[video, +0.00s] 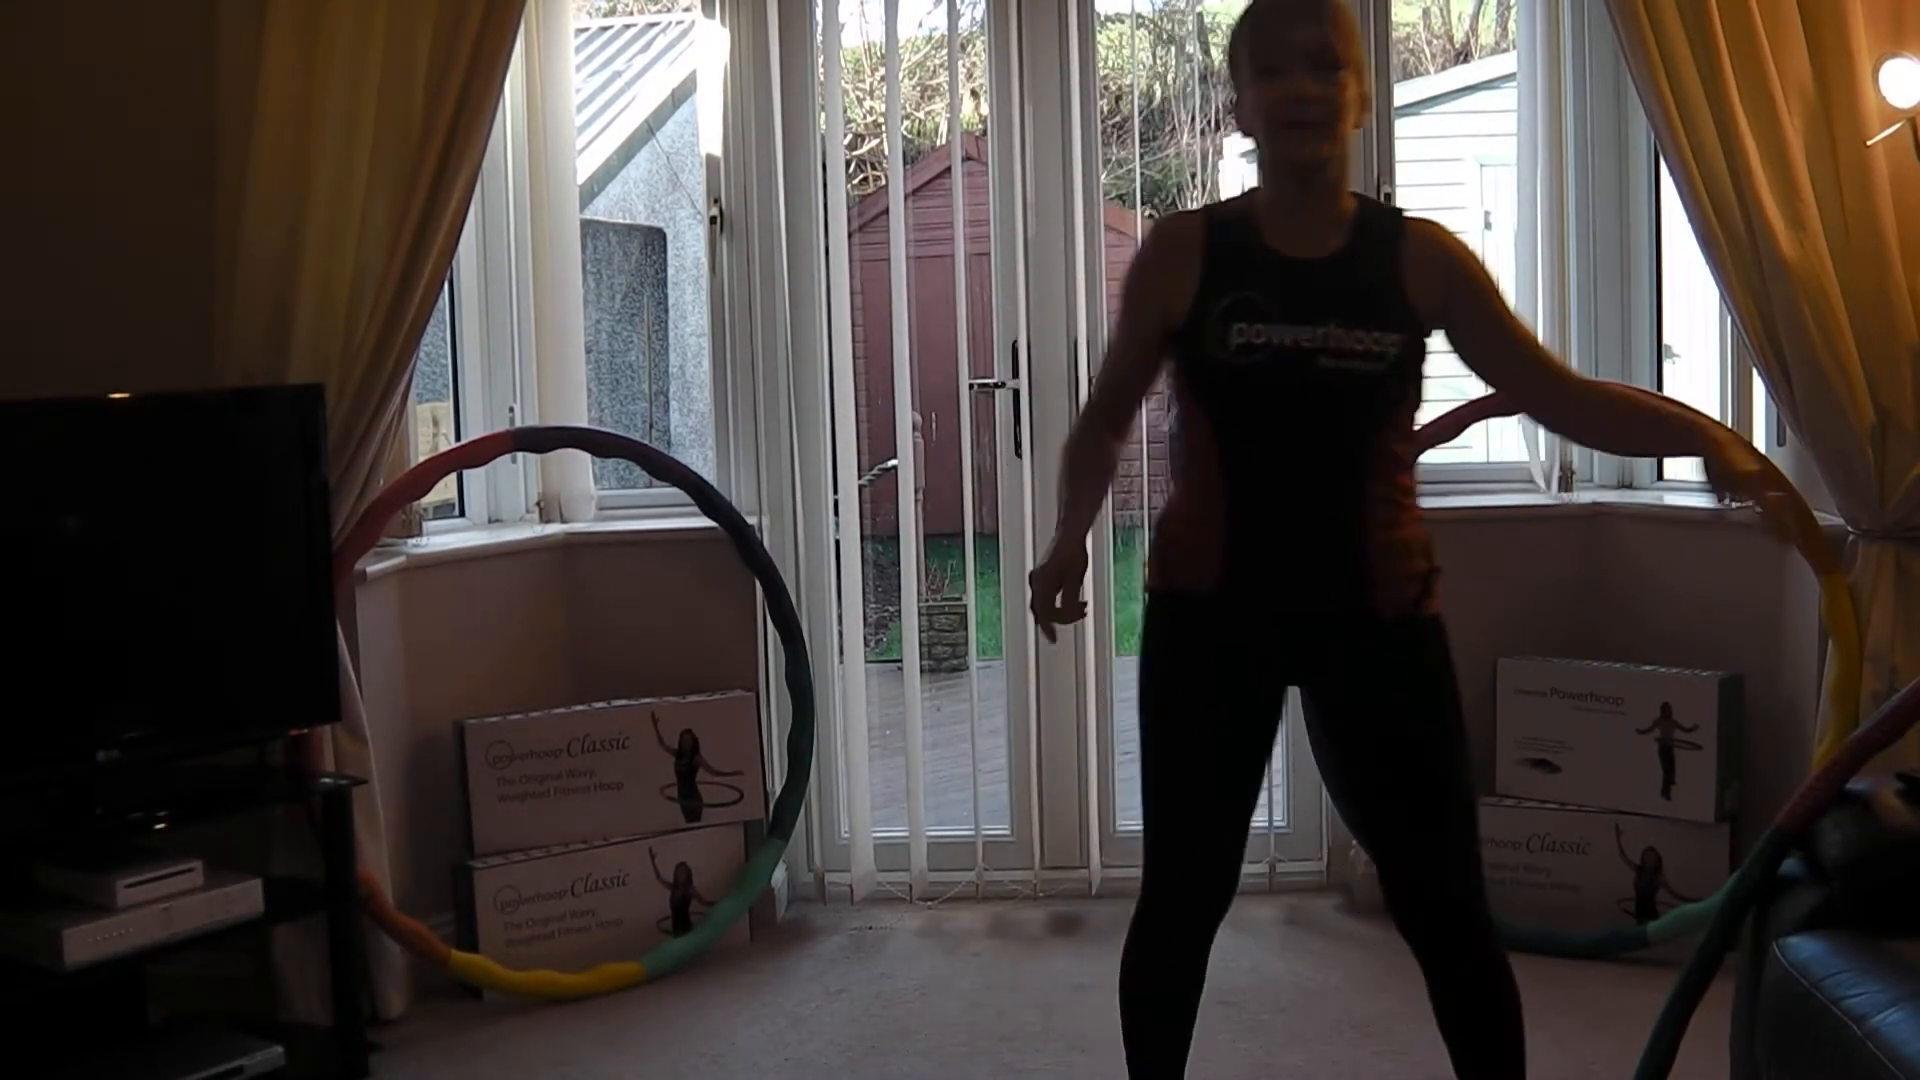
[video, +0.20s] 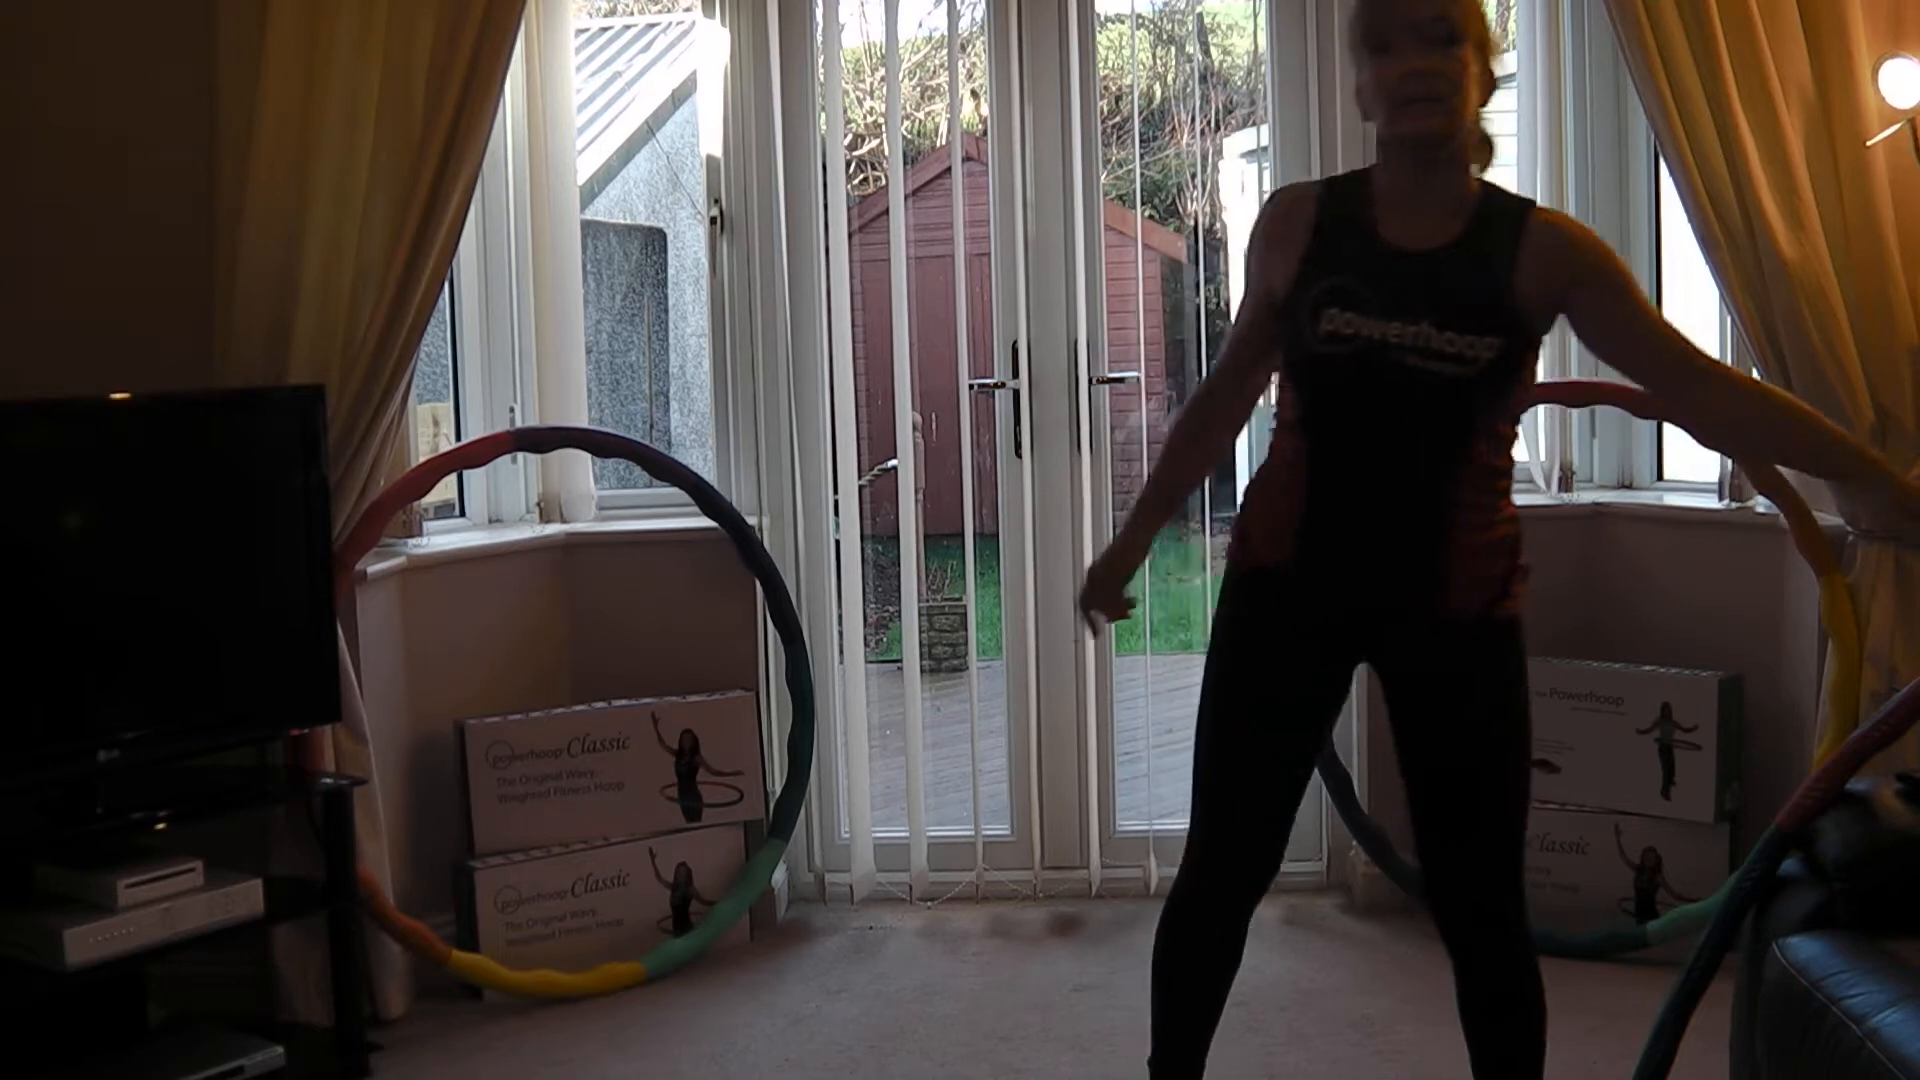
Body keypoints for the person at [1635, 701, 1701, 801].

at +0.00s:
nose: (1667, 712)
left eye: (1668, 710)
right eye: (1665, 710)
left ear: (1670, 711)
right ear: (1662, 711)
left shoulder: (1671, 721)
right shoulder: (1659, 721)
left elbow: (1683, 730)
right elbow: (1650, 730)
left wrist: (1692, 729)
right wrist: (1641, 732)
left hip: (1669, 748)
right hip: (1662, 748)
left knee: (1670, 770)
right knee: (1667, 771)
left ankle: (1667, 791)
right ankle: (1665, 792)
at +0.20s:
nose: (1667, 712)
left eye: (1668, 710)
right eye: (1665, 710)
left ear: (1670, 711)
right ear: (1661, 711)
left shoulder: (1671, 722)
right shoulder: (1660, 721)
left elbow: (1684, 730)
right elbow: (1650, 730)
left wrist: (1693, 728)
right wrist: (1641, 732)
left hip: (1669, 747)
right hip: (1662, 747)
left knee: (1671, 769)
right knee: (1667, 770)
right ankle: (1665, 791)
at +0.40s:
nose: (1666, 712)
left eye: (1668, 710)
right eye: (1664, 710)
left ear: (1670, 711)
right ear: (1661, 711)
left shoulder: (1671, 722)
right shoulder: (1660, 721)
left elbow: (1683, 730)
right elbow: (1650, 730)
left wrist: (1693, 728)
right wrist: (1641, 731)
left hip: (1669, 747)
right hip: (1662, 747)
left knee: (1671, 769)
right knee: (1667, 770)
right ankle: (1665, 791)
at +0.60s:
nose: (1666, 712)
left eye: (1668, 710)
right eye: (1664, 710)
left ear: (1670, 711)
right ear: (1661, 711)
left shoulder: (1671, 722)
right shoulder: (1659, 721)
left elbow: (1683, 730)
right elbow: (1650, 730)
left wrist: (1693, 728)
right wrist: (1641, 731)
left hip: (1669, 747)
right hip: (1662, 747)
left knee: (1671, 768)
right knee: (1667, 770)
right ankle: (1665, 791)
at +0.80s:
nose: (1666, 712)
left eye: (1668, 710)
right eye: (1665, 710)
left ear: (1670, 710)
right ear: (1662, 711)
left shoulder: (1672, 722)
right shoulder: (1660, 721)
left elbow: (1683, 730)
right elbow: (1650, 730)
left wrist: (1693, 728)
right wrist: (1640, 732)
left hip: (1669, 747)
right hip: (1662, 747)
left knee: (1671, 768)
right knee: (1667, 769)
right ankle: (1665, 791)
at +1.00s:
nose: (1667, 712)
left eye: (1669, 710)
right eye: (1665, 710)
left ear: (1670, 710)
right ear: (1662, 710)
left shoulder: (1671, 721)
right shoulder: (1660, 721)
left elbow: (1685, 730)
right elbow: (1651, 729)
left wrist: (1694, 728)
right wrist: (1641, 731)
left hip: (1669, 747)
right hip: (1663, 747)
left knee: (1671, 768)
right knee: (1667, 770)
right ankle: (1666, 791)